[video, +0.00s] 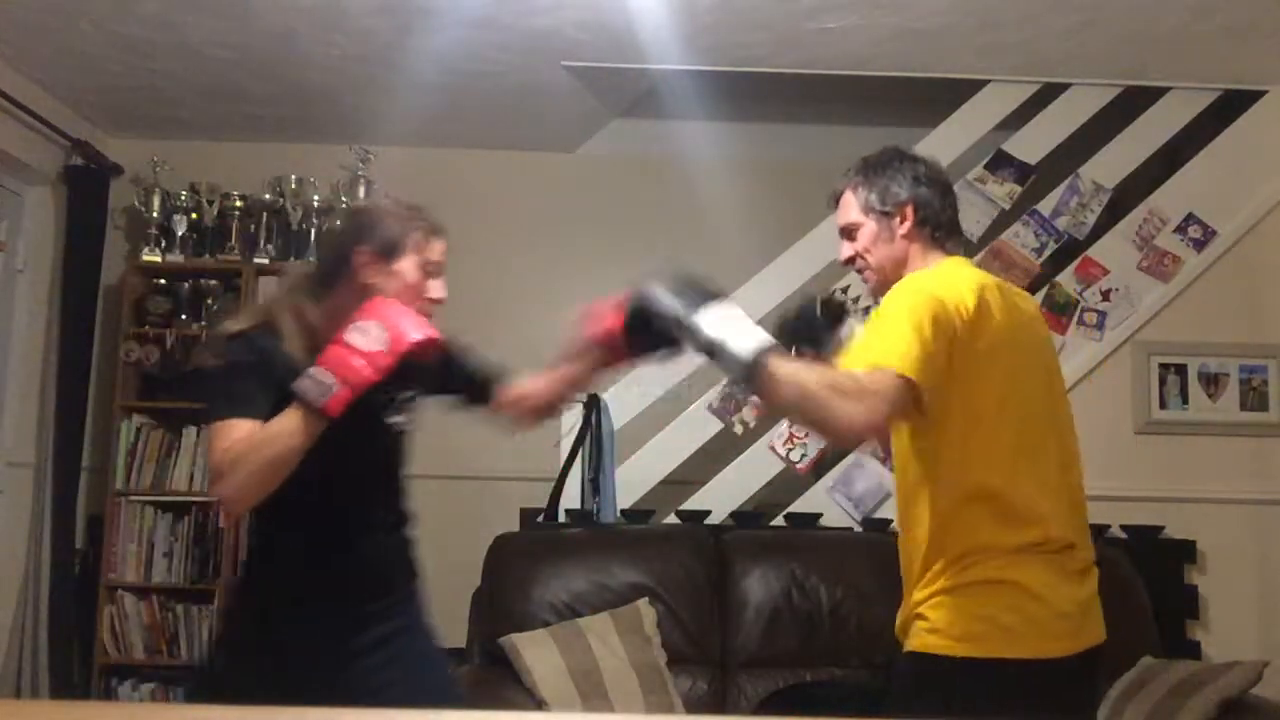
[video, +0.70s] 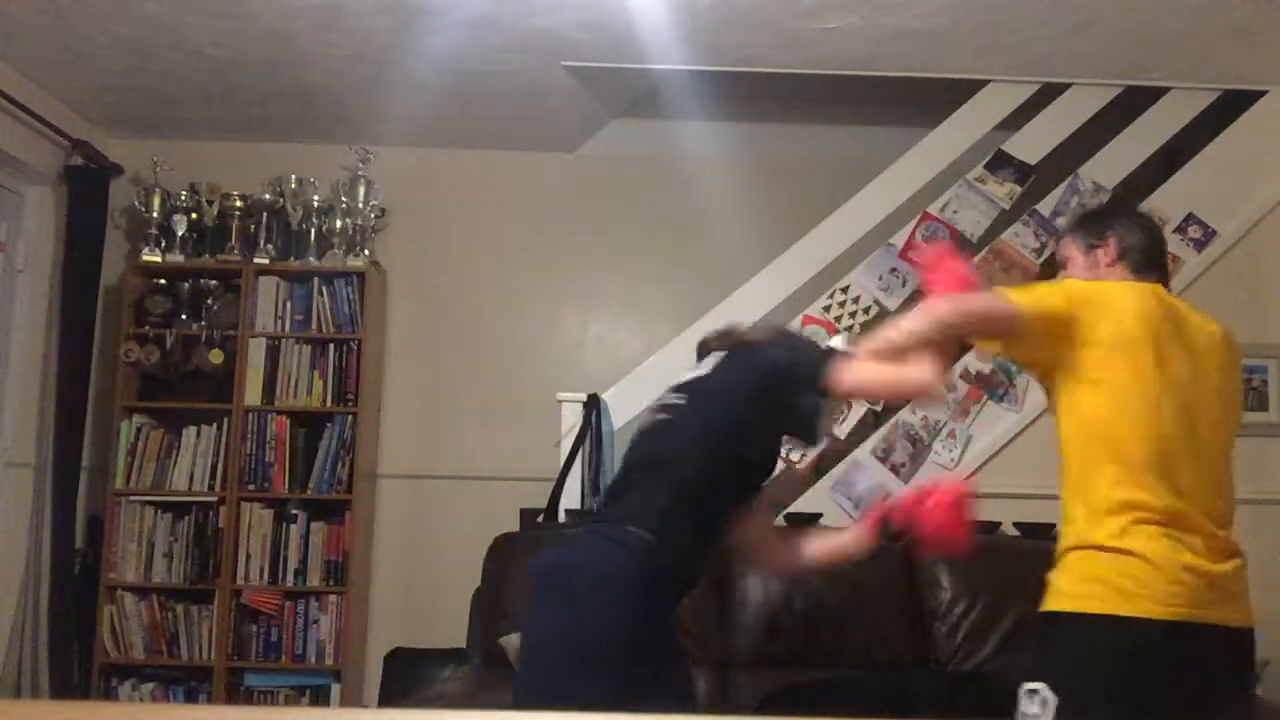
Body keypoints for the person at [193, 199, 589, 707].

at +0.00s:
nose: (441, 293)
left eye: (441, 274)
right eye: (429, 271)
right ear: (367, 265)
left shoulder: (402, 351)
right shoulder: (262, 350)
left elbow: (521, 404)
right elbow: (233, 487)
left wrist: (592, 358)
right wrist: (337, 376)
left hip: (384, 622)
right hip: (280, 624)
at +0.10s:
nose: (524, 302)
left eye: (521, 285)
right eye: (508, 281)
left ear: (464, 286)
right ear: (452, 282)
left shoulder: (500, 362)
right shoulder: (358, 354)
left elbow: (646, 359)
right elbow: (289, 460)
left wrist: (731, 315)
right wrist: (396, 369)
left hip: (441, 618)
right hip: (349, 616)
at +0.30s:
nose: (680, 372)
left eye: (684, 360)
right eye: (673, 353)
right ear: (632, 343)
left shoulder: (627, 454)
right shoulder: (588, 377)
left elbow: (716, 541)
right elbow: (704, 348)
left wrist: (727, 455)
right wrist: (800, 321)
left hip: (534, 662)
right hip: (454, 652)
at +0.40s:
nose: (713, 371)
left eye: (712, 361)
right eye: (706, 359)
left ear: (641, 349)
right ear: (675, 350)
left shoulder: (643, 451)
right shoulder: (649, 377)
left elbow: (747, 520)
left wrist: (741, 444)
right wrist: (837, 396)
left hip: (551, 636)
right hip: (512, 625)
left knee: (625, 708)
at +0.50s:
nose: (756, 373)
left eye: (752, 363)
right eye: (746, 362)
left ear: (679, 361)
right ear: (716, 357)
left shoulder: (673, 451)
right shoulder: (699, 381)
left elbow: (780, 488)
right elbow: (825, 409)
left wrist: (851, 428)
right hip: (561, 624)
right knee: (655, 705)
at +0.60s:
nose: (795, 387)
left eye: (791, 373)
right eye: (784, 366)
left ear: (723, 349)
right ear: (748, 350)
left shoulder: (723, 452)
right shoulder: (728, 368)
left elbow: (821, 487)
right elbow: (863, 363)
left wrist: (885, 434)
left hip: (617, 612)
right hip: (577, 593)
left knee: (657, 714)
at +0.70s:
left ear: (733, 355)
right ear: (785, 352)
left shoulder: (708, 434)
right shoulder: (770, 359)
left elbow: (770, 551)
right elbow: (919, 383)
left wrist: (886, 522)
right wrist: (923, 329)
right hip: (606, 583)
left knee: (668, 707)